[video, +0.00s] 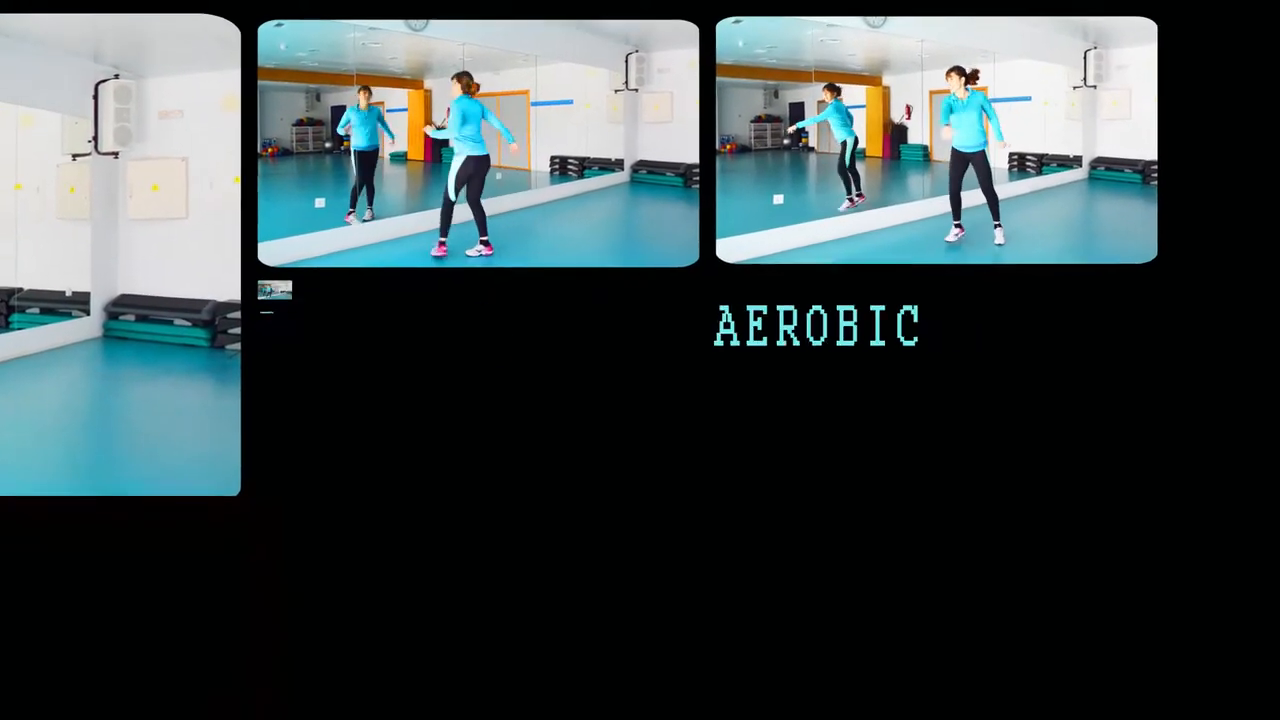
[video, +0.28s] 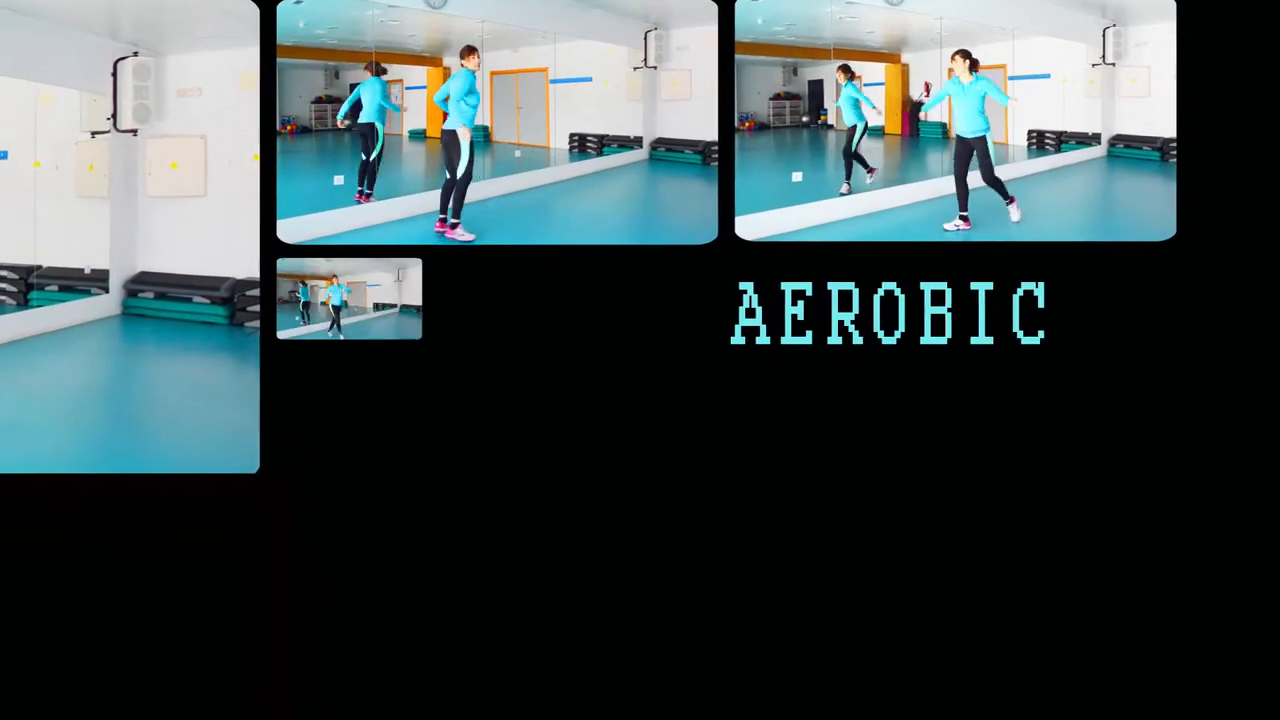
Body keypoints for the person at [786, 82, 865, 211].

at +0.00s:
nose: (824, 96)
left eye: (825, 93)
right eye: (824, 94)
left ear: (832, 93)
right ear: (833, 94)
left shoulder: (832, 107)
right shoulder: (841, 105)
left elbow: (816, 119)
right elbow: (850, 117)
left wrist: (797, 125)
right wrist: (848, 130)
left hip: (847, 139)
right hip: (851, 138)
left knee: (842, 168)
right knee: (851, 167)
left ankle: (850, 198)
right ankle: (859, 194)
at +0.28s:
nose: (838, 77)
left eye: (840, 74)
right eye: (838, 74)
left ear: (847, 75)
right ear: (839, 76)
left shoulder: (851, 87)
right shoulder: (844, 89)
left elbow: (862, 97)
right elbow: (844, 102)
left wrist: (873, 107)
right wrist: (835, 103)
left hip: (859, 123)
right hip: (851, 124)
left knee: (847, 151)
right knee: (852, 152)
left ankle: (847, 183)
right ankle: (870, 170)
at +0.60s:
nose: (870, 48)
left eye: (871, 46)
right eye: (867, 46)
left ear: (872, 49)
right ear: (860, 48)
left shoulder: (874, 63)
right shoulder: (852, 63)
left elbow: (878, 79)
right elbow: (839, 81)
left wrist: (883, 90)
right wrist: (850, 83)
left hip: (871, 100)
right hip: (857, 101)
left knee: (869, 133)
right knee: (859, 134)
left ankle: (869, 163)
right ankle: (851, 167)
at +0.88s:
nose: (863, 34)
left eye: (864, 32)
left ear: (866, 33)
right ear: (877, 32)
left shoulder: (860, 46)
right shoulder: (881, 45)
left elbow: (847, 61)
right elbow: (885, 61)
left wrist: (834, 76)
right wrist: (901, 68)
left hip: (860, 84)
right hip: (874, 84)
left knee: (862, 119)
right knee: (874, 120)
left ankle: (854, 152)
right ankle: (869, 155)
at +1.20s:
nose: (857, 25)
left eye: (858, 22)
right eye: (857, 22)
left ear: (862, 22)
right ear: (871, 21)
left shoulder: (860, 35)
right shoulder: (880, 36)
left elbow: (852, 56)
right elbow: (895, 48)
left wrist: (831, 53)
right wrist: (904, 51)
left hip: (863, 77)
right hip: (879, 77)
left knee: (858, 113)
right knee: (881, 111)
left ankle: (857, 151)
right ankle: (893, 144)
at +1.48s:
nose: (851, 23)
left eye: (852, 20)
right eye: (852, 20)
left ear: (856, 20)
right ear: (865, 19)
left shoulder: (856, 33)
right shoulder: (873, 32)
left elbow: (845, 57)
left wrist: (847, 42)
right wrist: (854, 38)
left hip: (873, 70)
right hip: (886, 68)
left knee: (863, 102)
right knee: (869, 100)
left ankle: (868, 141)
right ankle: (873, 132)